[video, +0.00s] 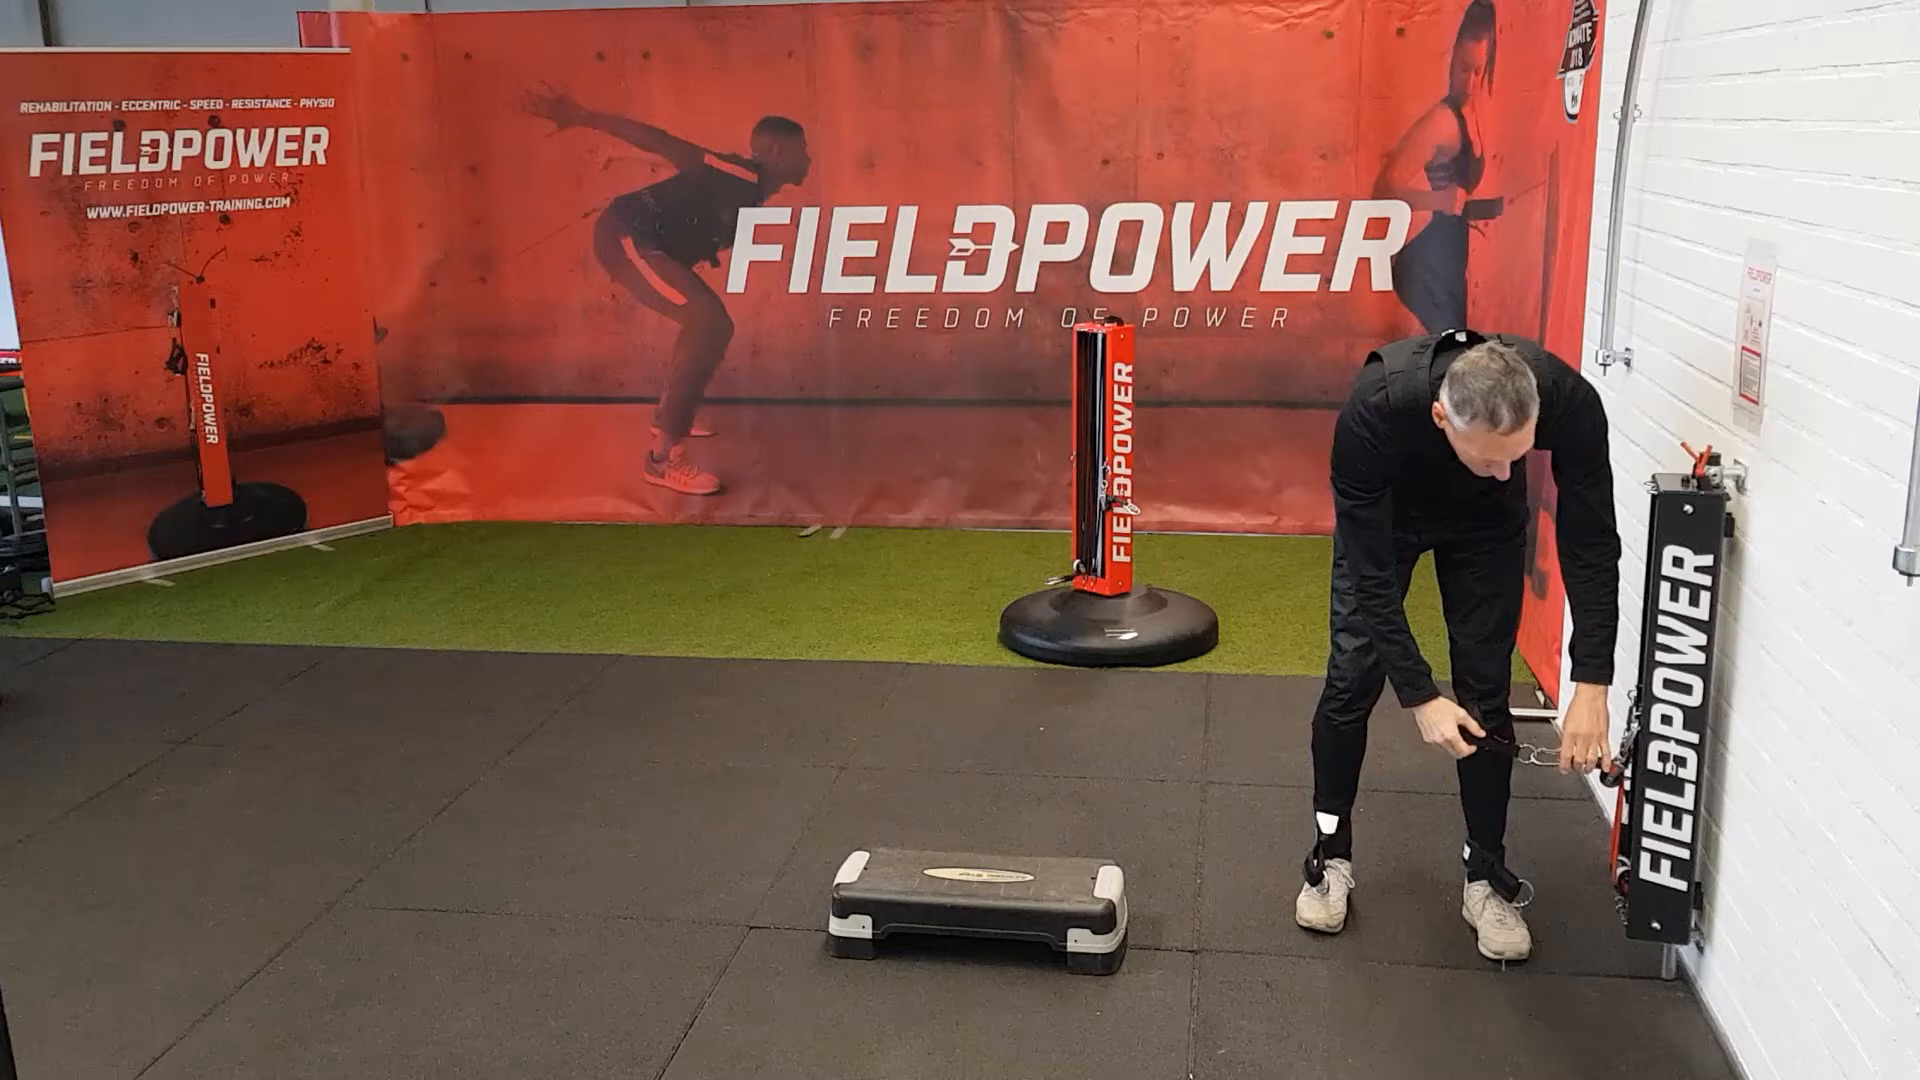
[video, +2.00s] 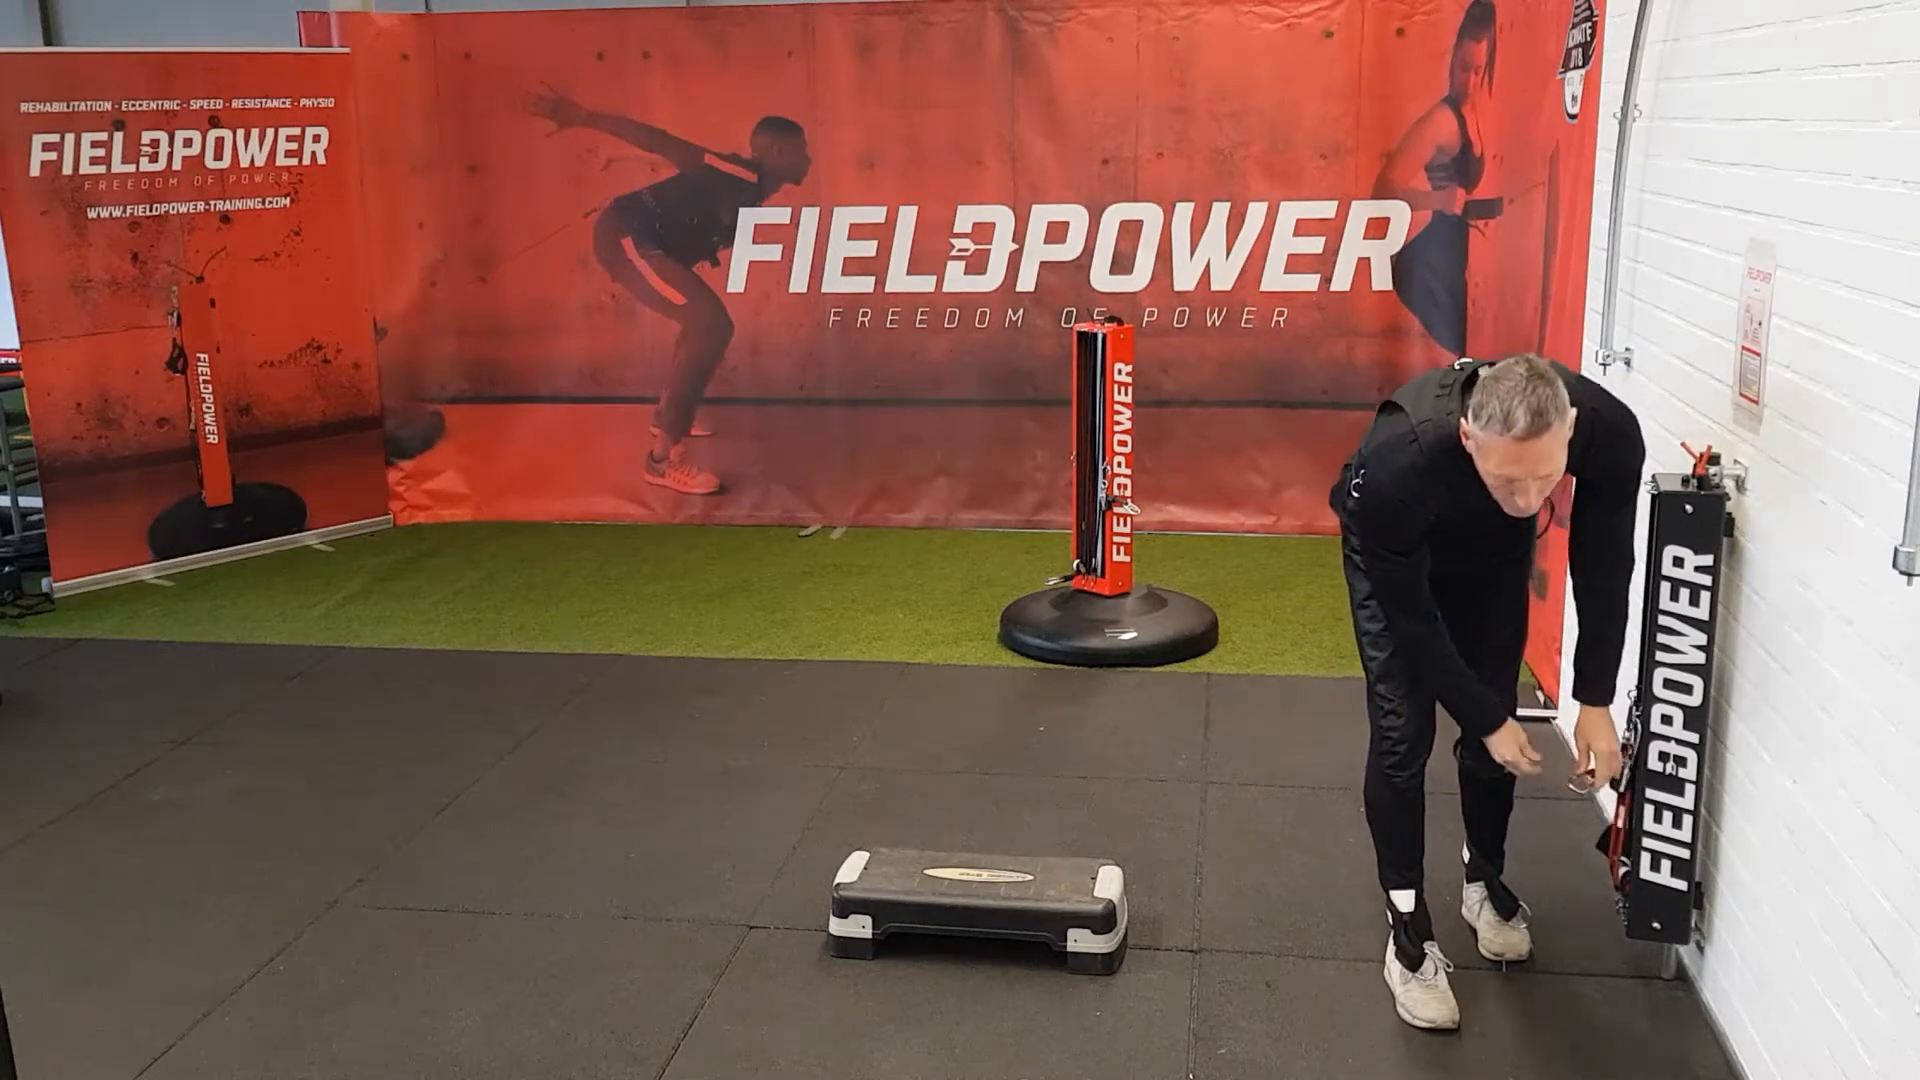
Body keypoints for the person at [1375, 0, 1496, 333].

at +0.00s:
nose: (1472, 81)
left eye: (1480, 72)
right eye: (1465, 70)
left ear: (1489, 73)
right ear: (1450, 68)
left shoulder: (1467, 119)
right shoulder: (1440, 120)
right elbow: (1389, 186)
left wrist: (1471, 210)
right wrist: (1439, 200)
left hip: (1446, 251)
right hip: (1425, 255)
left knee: (1454, 345)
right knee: (1450, 346)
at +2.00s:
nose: (1472, 81)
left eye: (1482, 71)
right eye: (1465, 68)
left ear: (1492, 73)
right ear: (1451, 65)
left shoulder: (1469, 121)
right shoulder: (1440, 120)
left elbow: (1437, 188)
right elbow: (1387, 188)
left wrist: (1470, 211)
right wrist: (1437, 199)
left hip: (1446, 252)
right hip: (1426, 256)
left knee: (1452, 357)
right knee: (1446, 357)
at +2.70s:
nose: (1471, 81)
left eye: (1480, 71)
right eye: (1464, 69)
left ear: (1489, 70)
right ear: (1450, 66)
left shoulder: (1473, 115)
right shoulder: (1440, 121)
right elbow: (1385, 189)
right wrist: (1442, 200)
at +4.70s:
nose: (1473, 80)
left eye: (1483, 70)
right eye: (1466, 68)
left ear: (1493, 70)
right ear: (1452, 64)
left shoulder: (1470, 119)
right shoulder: (1442, 120)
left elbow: (1437, 187)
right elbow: (1387, 188)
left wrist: (1469, 212)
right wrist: (1440, 199)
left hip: (1446, 256)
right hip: (1425, 258)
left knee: (1450, 357)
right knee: (1442, 359)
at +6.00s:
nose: (1472, 81)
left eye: (1481, 72)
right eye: (1465, 69)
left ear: (1490, 72)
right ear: (1451, 66)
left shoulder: (1466, 118)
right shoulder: (1441, 121)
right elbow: (1386, 188)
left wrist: (1467, 211)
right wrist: (1440, 200)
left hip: (1446, 257)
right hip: (1424, 260)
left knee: (1454, 354)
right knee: (1451, 354)